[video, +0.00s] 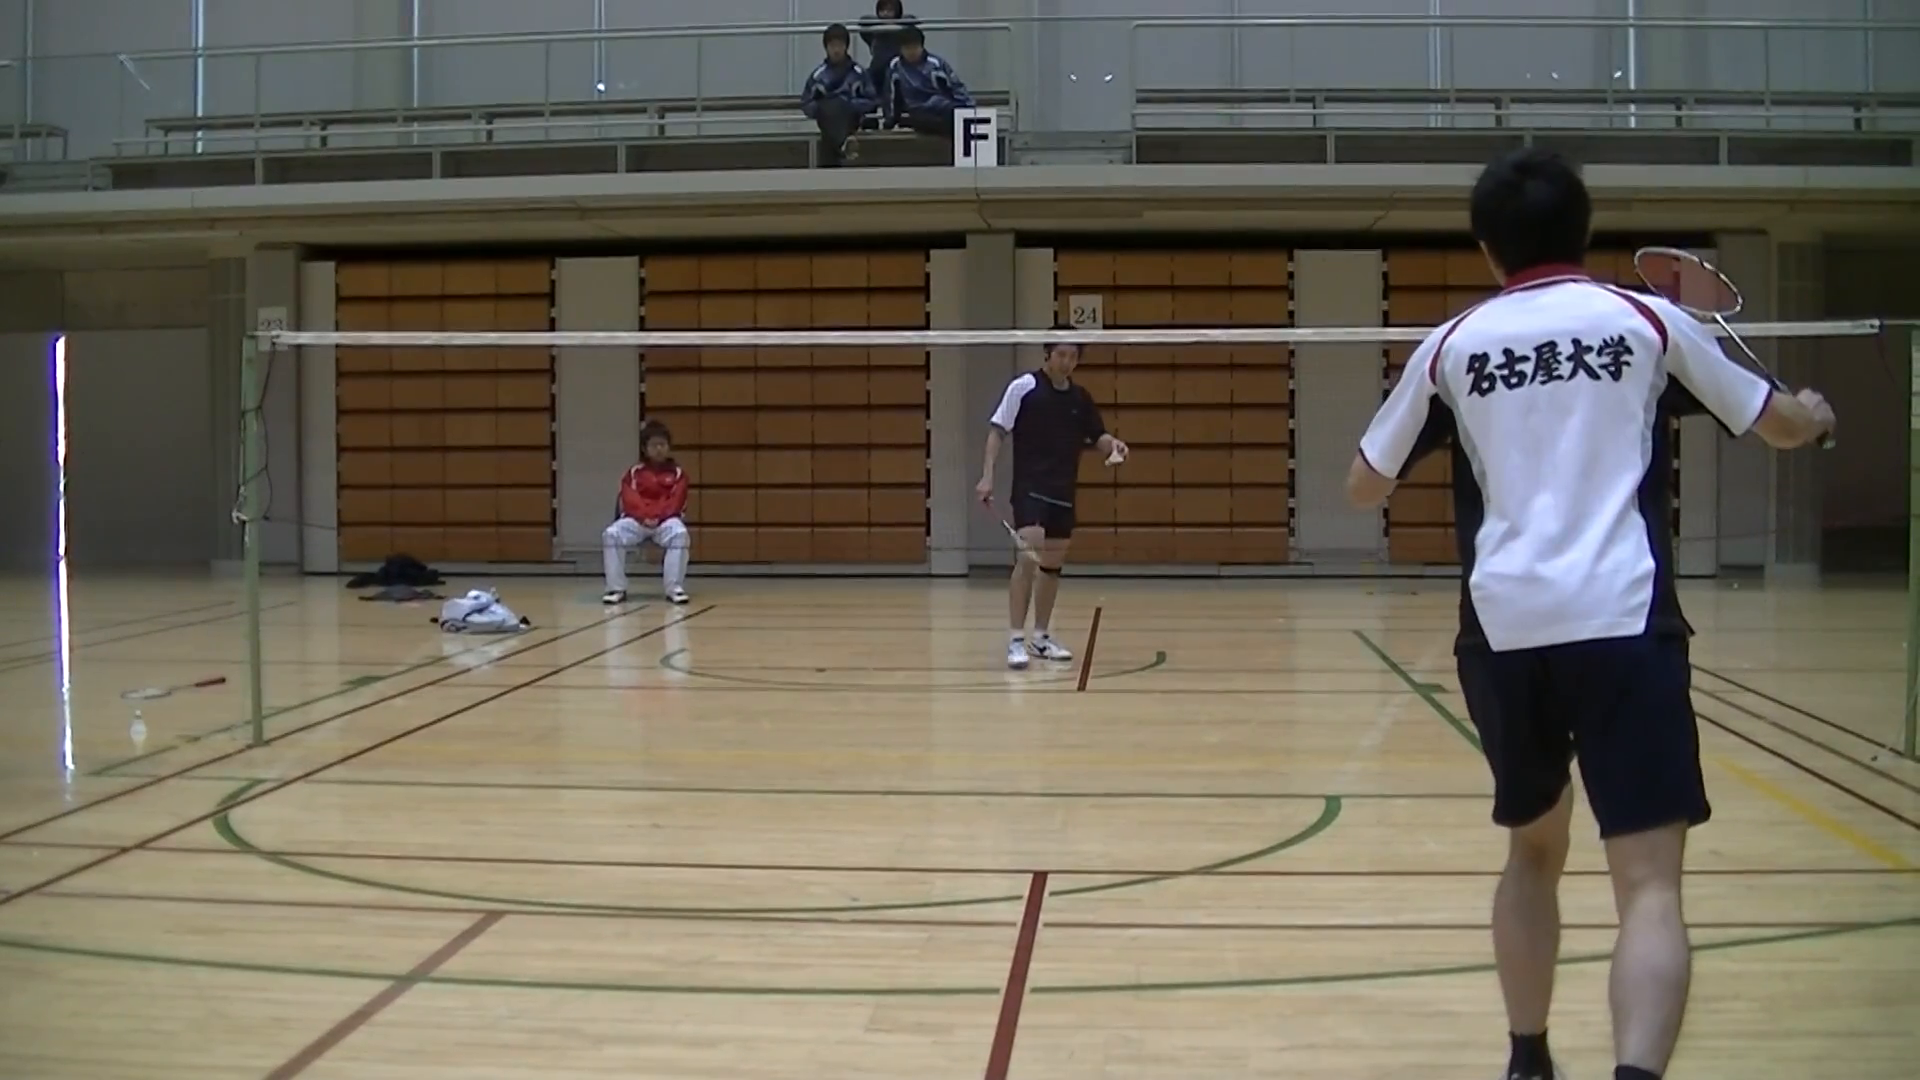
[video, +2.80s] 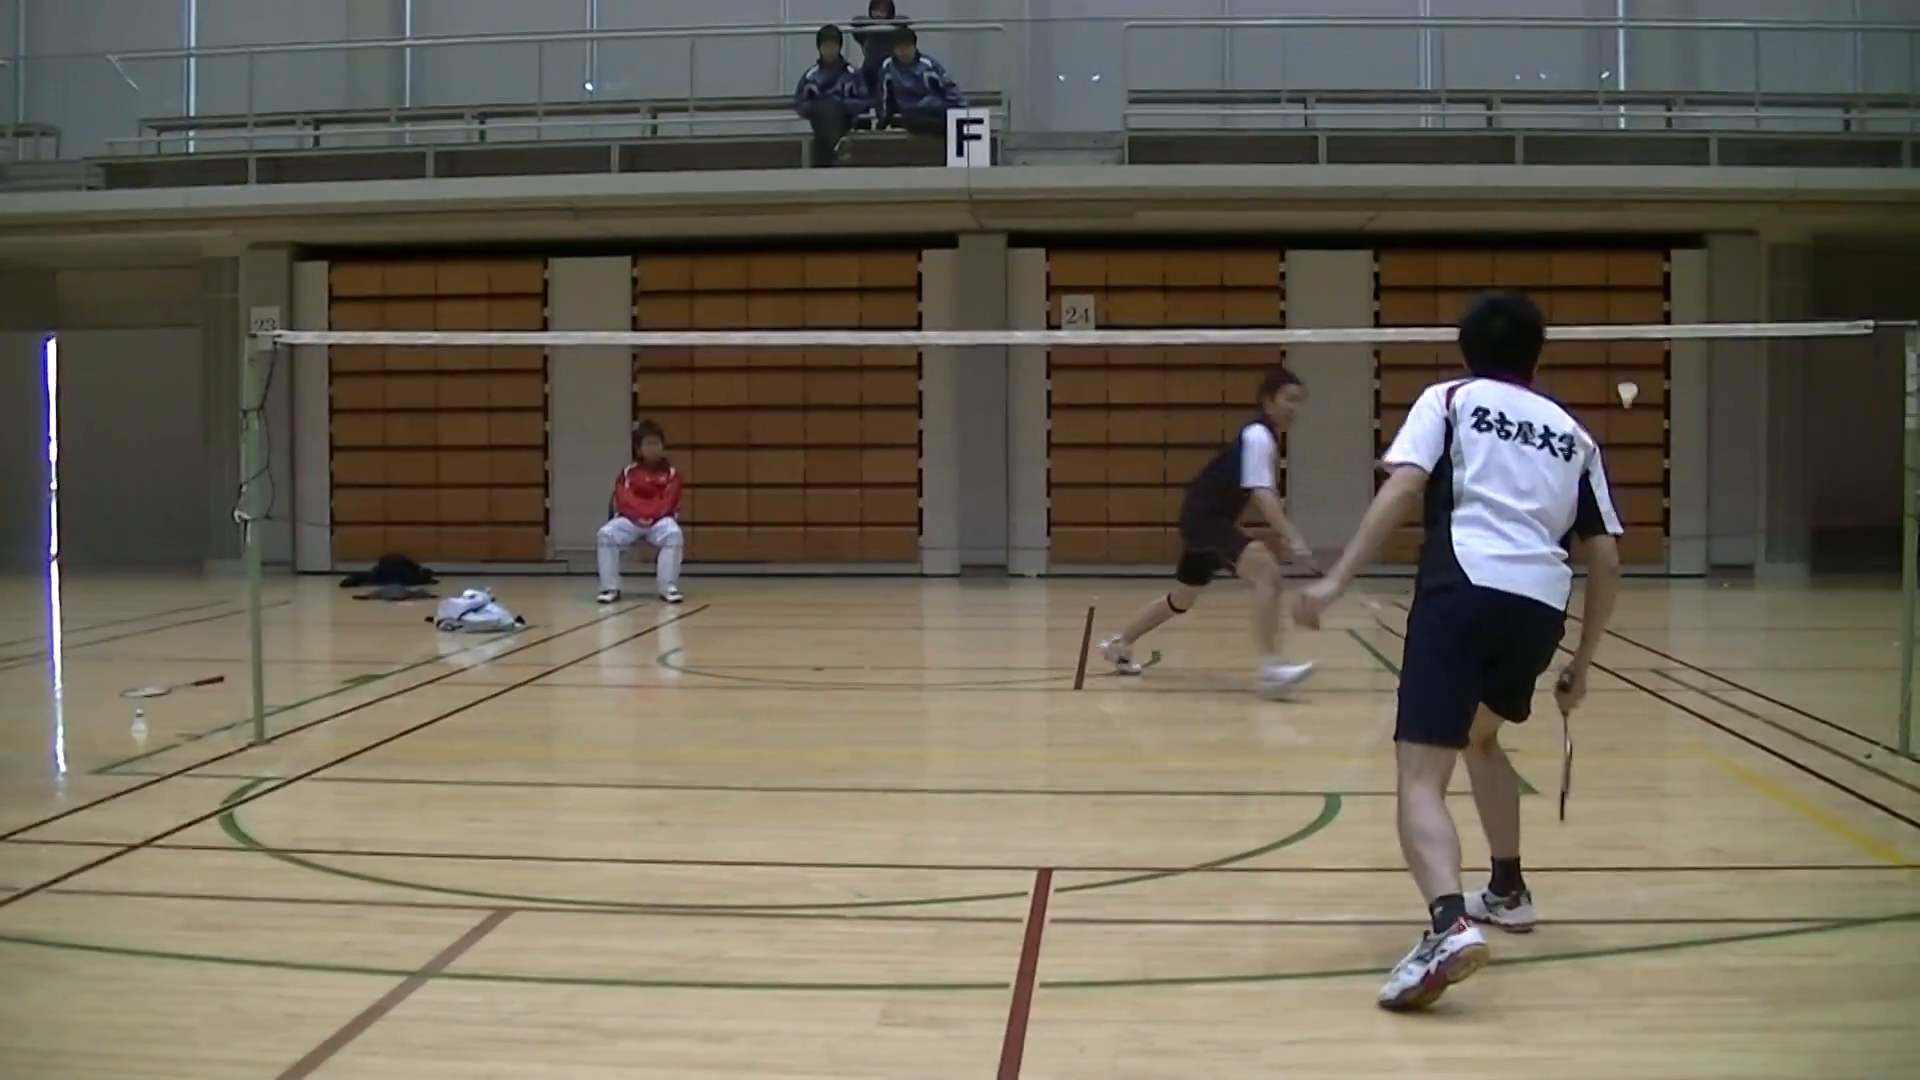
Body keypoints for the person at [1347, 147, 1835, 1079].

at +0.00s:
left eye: (1486, 238)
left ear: (1487, 248)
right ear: (1584, 234)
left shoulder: (1450, 347)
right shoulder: (1649, 321)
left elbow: (1364, 486)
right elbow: (1780, 424)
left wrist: (1409, 419)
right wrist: (1815, 411)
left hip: (1501, 636)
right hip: (1624, 629)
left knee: (1531, 849)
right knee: (1649, 883)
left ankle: (1526, 1061)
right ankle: (1637, 1075)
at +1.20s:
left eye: (1497, 247)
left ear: (1500, 255)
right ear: (1600, 246)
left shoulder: (1463, 347)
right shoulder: (1665, 333)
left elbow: (1379, 506)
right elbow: (1768, 473)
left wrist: (1407, 516)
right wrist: (1775, 474)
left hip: (1506, 642)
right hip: (1633, 638)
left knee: (1502, 841)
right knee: (1656, 896)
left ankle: (1502, 1051)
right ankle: (1658, 1077)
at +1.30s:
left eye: (1501, 296)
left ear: (1502, 306)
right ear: (1598, 296)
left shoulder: (1464, 393)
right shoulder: (1660, 385)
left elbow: (1364, 510)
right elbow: (1745, 512)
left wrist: (1331, 567)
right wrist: (1733, 514)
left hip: (1507, 678)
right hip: (1637, 675)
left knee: (1485, 840)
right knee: (1651, 929)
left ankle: (1499, 1045)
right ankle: (1654, 1078)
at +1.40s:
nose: (1484, 324)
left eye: (1483, 311)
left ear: (1486, 321)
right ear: (1579, 315)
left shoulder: (1446, 403)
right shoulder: (1640, 405)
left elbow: (1317, 494)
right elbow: (1702, 526)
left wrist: (1245, 529)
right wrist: (1660, 515)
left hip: (1494, 688)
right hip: (1623, 685)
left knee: (1479, 869)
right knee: (1639, 915)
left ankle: (1519, 1058)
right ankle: (1658, 1071)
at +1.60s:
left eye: (1460, 316)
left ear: (1465, 323)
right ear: (1553, 323)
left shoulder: (1428, 383)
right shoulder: (1605, 411)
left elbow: (1287, 410)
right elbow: (1644, 539)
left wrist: (1164, 424)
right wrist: (1610, 533)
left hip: (1464, 659)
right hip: (1577, 662)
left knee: (1458, 870)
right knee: (1556, 817)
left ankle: (1514, 1044)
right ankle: (1586, 978)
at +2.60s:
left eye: (1464, 308)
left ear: (1467, 310)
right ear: (1533, 321)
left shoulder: (1454, 351)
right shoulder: (1569, 400)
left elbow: (1373, 410)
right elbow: (1591, 527)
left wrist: (1271, 464)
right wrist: (1570, 593)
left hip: (1466, 559)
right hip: (1543, 579)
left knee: (1435, 741)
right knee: (1473, 715)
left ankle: (1455, 921)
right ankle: (1498, 866)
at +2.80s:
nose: (1462, 362)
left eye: (1463, 351)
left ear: (1467, 354)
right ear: (1535, 360)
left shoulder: (1445, 401)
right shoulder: (1575, 437)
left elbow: (1404, 491)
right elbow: (1605, 562)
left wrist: (1335, 579)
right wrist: (1582, 659)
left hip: (1459, 598)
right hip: (1540, 612)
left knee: (1420, 781)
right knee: (1484, 740)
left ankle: (1449, 924)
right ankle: (1508, 890)